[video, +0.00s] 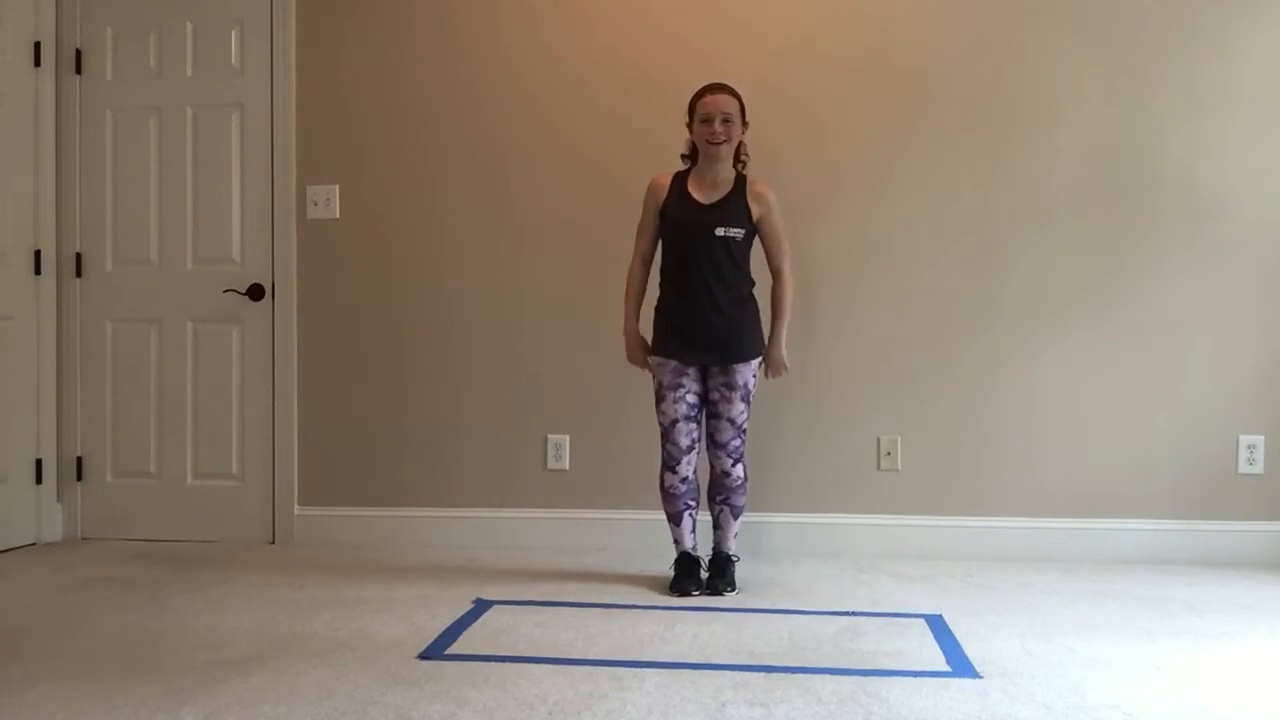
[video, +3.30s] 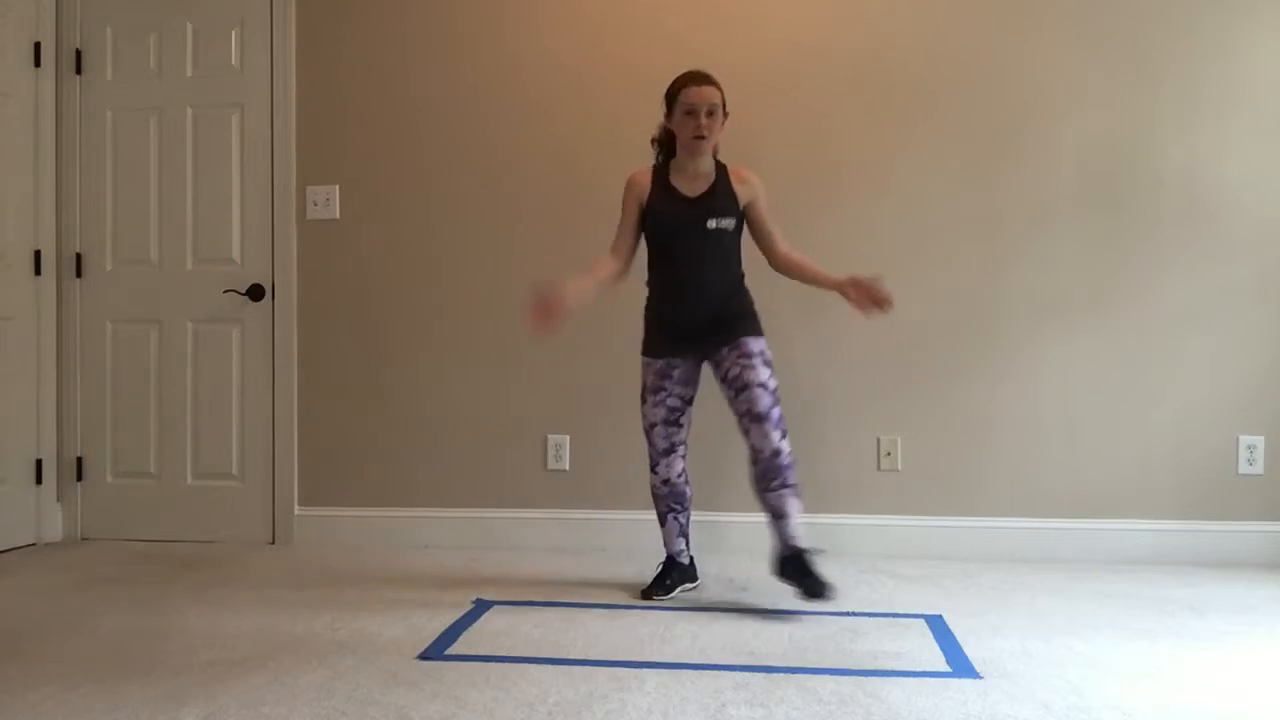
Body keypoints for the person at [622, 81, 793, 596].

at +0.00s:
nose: (717, 128)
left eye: (727, 119)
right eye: (707, 119)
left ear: (742, 128)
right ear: (691, 128)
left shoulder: (756, 196)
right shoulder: (664, 189)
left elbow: (781, 271)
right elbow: (641, 261)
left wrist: (777, 342)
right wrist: (631, 327)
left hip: (737, 346)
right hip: (674, 343)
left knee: (727, 454)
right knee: (678, 452)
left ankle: (724, 555)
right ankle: (685, 556)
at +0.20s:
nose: (716, 132)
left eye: (726, 123)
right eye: (705, 123)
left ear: (739, 130)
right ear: (688, 132)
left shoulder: (756, 197)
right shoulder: (664, 191)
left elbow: (781, 269)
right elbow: (632, 253)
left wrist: (804, 322)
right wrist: (606, 275)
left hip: (736, 343)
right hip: (676, 341)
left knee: (727, 450)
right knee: (679, 449)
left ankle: (723, 555)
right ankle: (686, 557)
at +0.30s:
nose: (726, 133)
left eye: (731, 123)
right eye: (712, 127)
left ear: (740, 129)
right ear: (688, 138)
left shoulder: (754, 193)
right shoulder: (664, 192)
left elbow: (780, 260)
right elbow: (622, 252)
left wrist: (828, 251)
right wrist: (573, 209)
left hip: (737, 341)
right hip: (677, 340)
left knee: (729, 450)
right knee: (680, 449)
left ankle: (724, 556)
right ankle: (686, 557)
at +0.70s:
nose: (713, 140)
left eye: (719, 129)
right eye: (700, 133)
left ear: (727, 129)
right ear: (677, 141)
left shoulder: (749, 184)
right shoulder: (658, 195)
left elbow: (817, 210)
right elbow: (595, 235)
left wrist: (794, 250)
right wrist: (625, 266)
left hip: (738, 340)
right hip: (678, 341)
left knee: (728, 451)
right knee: (681, 450)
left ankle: (724, 556)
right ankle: (686, 558)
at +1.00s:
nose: (705, 129)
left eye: (713, 119)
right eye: (693, 121)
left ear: (724, 125)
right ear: (674, 130)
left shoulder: (750, 188)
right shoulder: (656, 192)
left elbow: (762, 265)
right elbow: (646, 268)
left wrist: (774, 333)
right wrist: (628, 333)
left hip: (736, 344)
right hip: (675, 343)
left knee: (728, 451)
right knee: (680, 451)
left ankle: (724, 555)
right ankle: (686, 557)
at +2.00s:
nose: (702, 131)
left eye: (710, 123)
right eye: (690, 123)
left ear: (721, 129)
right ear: (670, 131)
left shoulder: (739, 192)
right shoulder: (647, 190)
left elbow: (770, 252)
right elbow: (630, 263)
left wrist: (811, 282)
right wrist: (604, 308)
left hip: (723, 341)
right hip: (664, 341)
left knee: (721, 448)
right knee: (672, 450)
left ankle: (724, 555)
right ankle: (683, 556)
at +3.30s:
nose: (701, 122)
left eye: (711, 112)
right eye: (689, 112)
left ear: (724, 122)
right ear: (669, 120)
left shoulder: (741, 184)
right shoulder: (644, 185)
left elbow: (780, 256)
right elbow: (617, 260)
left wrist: (840, 284)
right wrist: (569, 291)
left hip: (732, 326)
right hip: (668, 331)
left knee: (767, 430)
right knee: (664, 450)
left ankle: (790, 551)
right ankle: (678, 560)